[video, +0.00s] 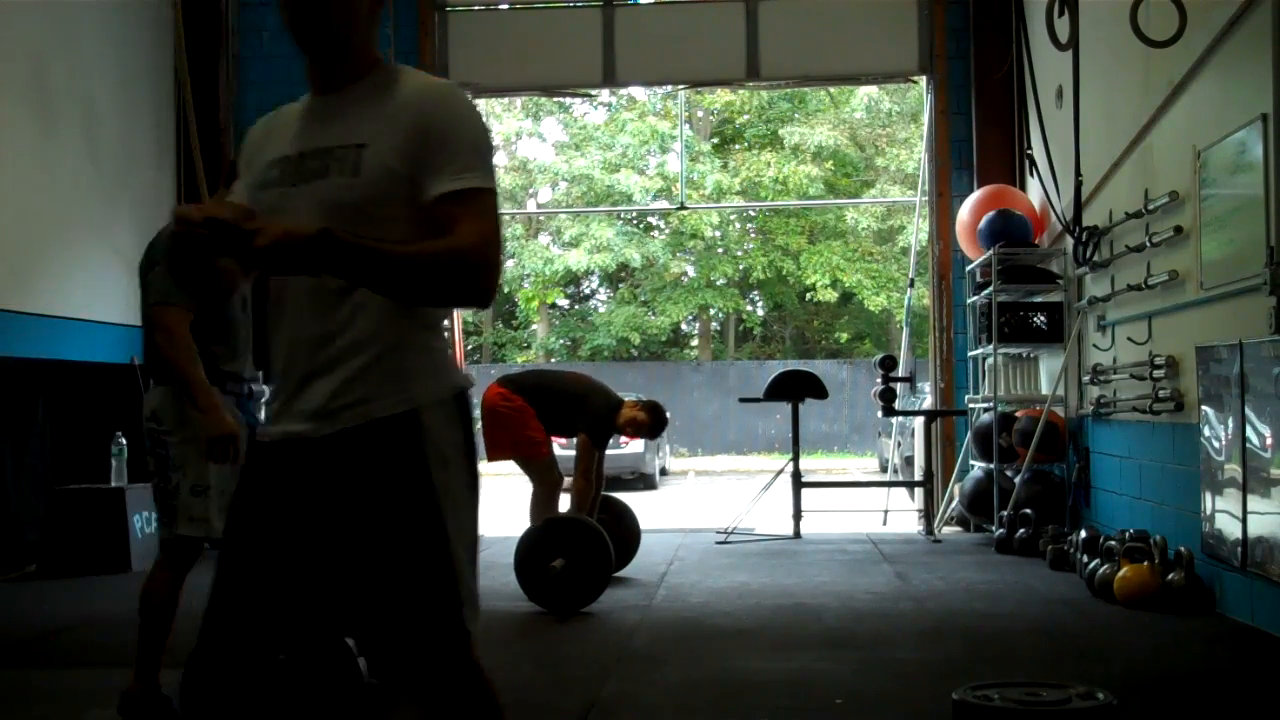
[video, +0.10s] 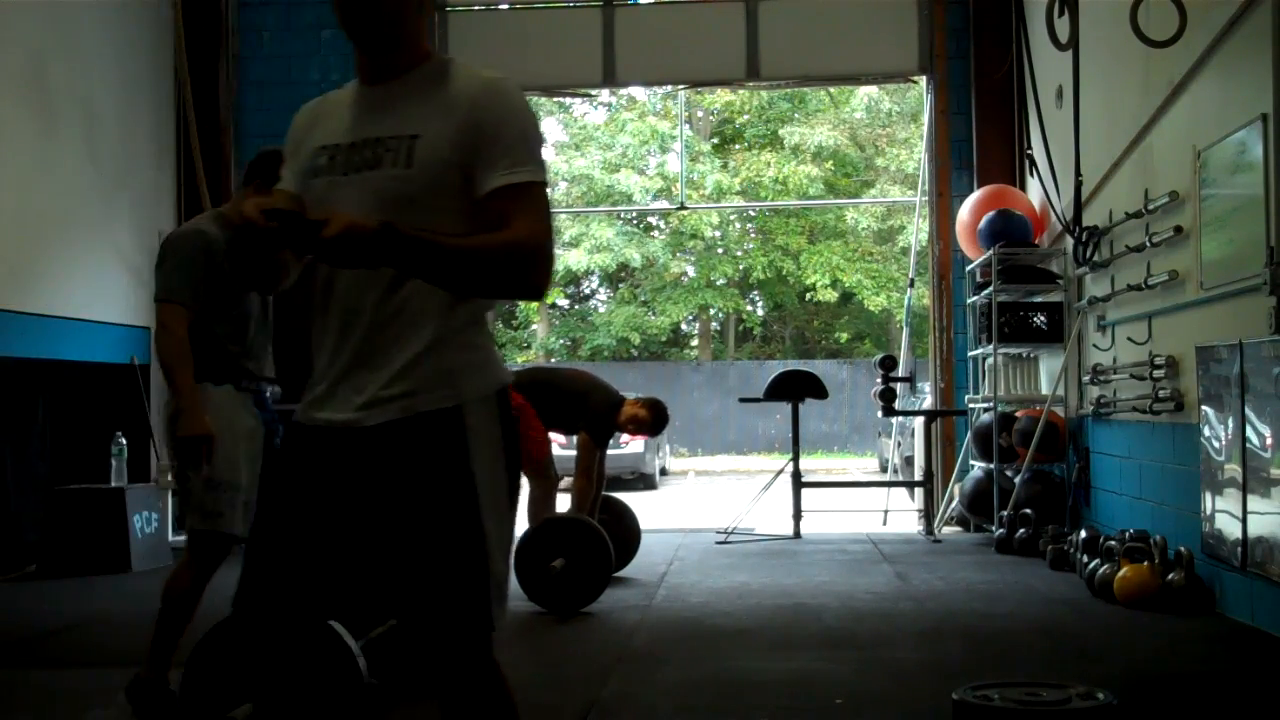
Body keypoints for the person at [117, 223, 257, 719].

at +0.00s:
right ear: (224, 187)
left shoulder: (245, 252)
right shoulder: (174, 247)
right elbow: (170, 336)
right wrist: (213, 410)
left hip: (240, 411)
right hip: (188, 414)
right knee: (182, 550)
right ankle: (145, 684)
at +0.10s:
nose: (279, 218)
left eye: (286, 210)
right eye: (275, 205)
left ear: (278, 201)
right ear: (253, 190)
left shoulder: (261, 247)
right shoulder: (195, 241)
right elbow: (171, 330)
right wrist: (190, 411)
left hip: (250, 408)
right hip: (211, 408)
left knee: (243, 545)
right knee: (209, 546)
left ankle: (239, 677)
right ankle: (156, 675)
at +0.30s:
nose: (321, 217)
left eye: (326, 207)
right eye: (319, 204)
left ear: (294, 195)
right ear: (290, 190)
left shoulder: (283, 253)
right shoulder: (214, 238)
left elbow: (280, 335)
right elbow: (173, 319)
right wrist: (170, 401)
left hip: (272, 398)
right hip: (228, 395)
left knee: (273, 527)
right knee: (253, 527)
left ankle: (262, 644)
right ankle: (232, 650)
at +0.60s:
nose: (334, 217)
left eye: (338, 209)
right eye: (332, 205)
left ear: (310, 195)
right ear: (303, 189)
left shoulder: (302, 260)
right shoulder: (229, 235)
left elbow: (335, 339)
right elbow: (184, 309)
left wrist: (398, 380)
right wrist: (182, 384)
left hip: (284, 390)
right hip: (241, 383)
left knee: (284, 513)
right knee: (287, 504)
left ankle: (262, 634)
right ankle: (258, 635)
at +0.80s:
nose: (333, 217)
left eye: (339, 208)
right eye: (331, 204)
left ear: (303, 191)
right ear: (302, 187)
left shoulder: (291, 249)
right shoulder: (236, 237)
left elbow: (310, 341)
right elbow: (195, 313)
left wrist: (367, 390)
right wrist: (209, 384)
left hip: (290, 396)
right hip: (259, 395)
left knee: (286, 528)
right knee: (282, 528)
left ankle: (262, 649)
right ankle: (247, 652)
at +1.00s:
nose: (331, 214)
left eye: (336, 205)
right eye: (329, 202)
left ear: (299, 187)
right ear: (299, 184)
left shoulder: (277, 242)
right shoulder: (236, 238)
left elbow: (276, 330)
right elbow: (220, 331)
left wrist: (306, 392)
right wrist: (277, 392)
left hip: (288, 409)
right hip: (255, 411)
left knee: (289, 544)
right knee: (261, 545)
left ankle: (270, 660)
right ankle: (233, 666)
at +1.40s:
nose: (330, 206)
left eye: (335, 195)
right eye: (329, 192)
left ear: (292, 177)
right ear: (299, 177)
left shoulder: (255, 227)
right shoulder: (246, 232)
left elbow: (292, 326)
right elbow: (291, 327)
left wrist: (361, 386)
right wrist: (370, 390)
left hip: (262, 402)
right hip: (241, 404)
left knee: (286, 545)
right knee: (238, 550)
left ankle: (314, 660)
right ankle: (227, 673)